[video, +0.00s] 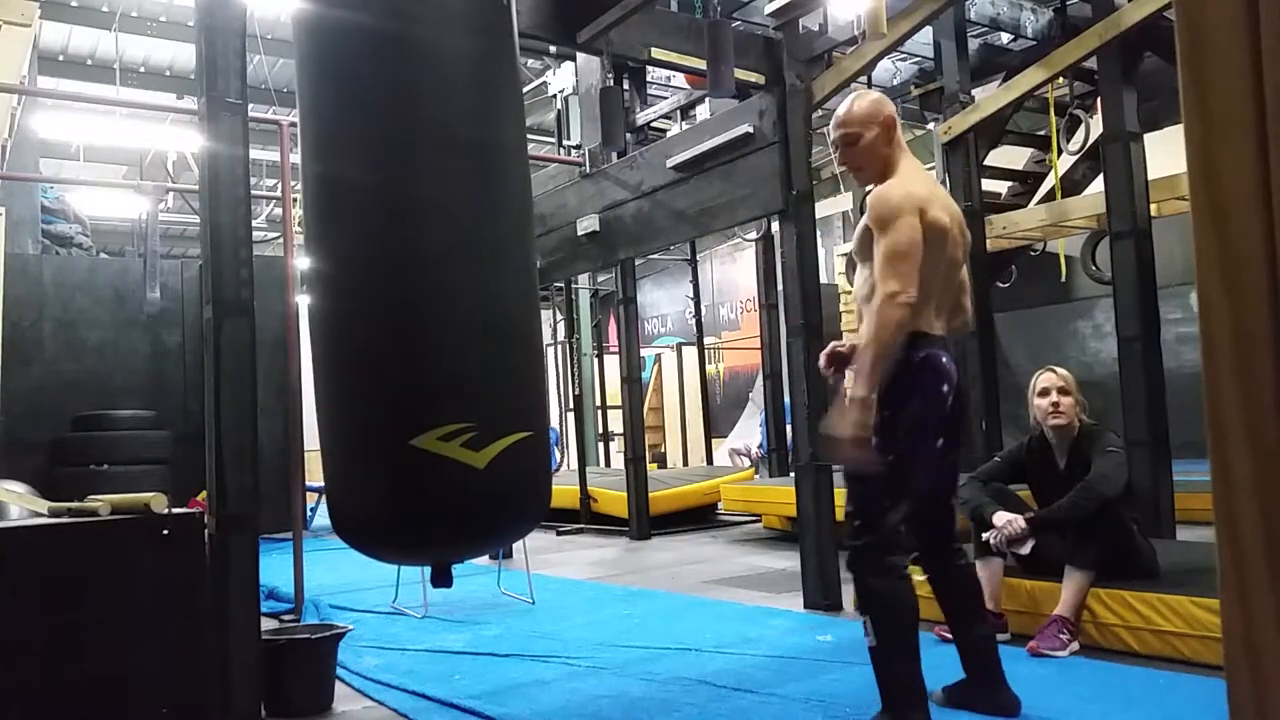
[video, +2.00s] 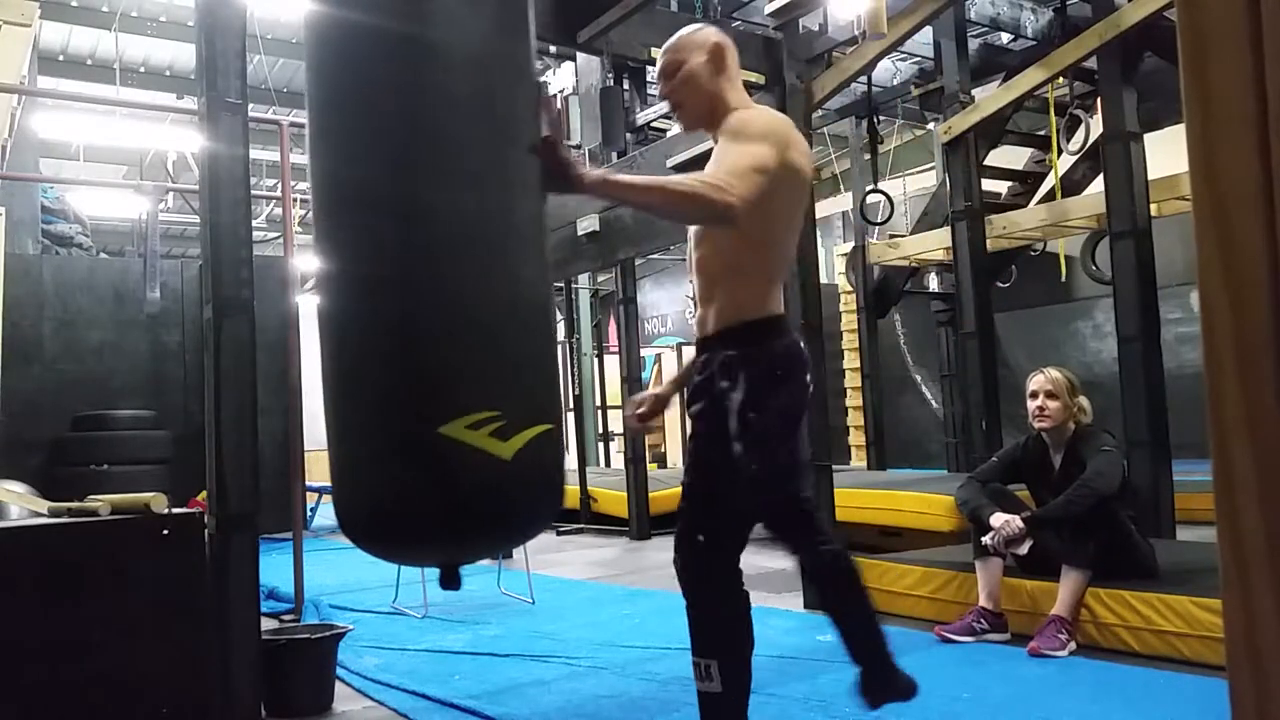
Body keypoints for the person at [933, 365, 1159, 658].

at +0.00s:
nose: (1054, 400)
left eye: (1063, 392)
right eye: (1044, 394)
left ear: (1077, 403)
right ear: (1032, 407)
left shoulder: (1102, 440)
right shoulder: (1030, 449)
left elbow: (1105, 486)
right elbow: (969, 487)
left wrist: (1031, 522)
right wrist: (994, 514)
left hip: (1120, 559)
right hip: (1060, 557)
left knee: (1096, 506)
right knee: (994, 498)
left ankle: (1063, 621)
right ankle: (990, 613)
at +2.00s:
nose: (1040, 404)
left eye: (1051, 396)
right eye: (1034, 397)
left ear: (1072, 406)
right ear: (1026, 406)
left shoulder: (1097, 442)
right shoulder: (1028, 449)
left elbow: (1101, 484)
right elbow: (967, 488)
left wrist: (1028, 521)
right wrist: (992, 516)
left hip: (1118, 560)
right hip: (1059, 555)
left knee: (1089, 505)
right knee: (989, 495)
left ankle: (1061, 621)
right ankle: (988, 612)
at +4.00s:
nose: (1041, 404)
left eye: (1052, 396)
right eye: (1034, 396)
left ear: (1072, 405)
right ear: (1026, 405)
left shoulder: (1098, 443)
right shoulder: (1027, 449)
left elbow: (1099, 485)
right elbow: (968, 488)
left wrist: (1026, 522)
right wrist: (992, 516)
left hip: (1118, 559)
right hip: (1059, 555)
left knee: (1087, 504)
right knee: (988, 495)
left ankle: (1061, 621)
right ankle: (989, 612)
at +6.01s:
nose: (1042, 404)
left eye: (1053, 396)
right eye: (1035, 396)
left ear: (1072, 406)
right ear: (1027, 405)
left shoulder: (1097, 442)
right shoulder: (1027, 449)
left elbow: (1100, 485)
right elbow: (968, 488)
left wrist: (1027, 522)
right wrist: (992, 516)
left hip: (1117, 559)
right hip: (1058, 556)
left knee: (1090, 504)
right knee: (988, 496)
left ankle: (1061, 620)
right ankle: (989, 612)